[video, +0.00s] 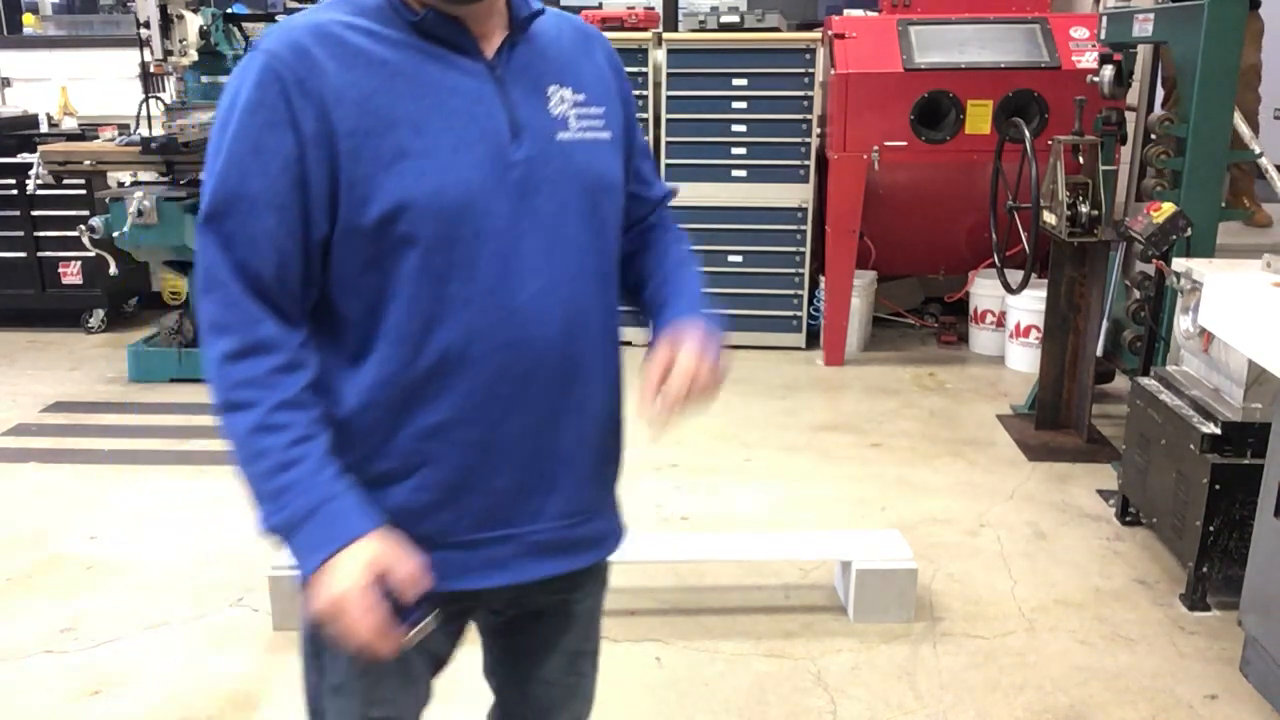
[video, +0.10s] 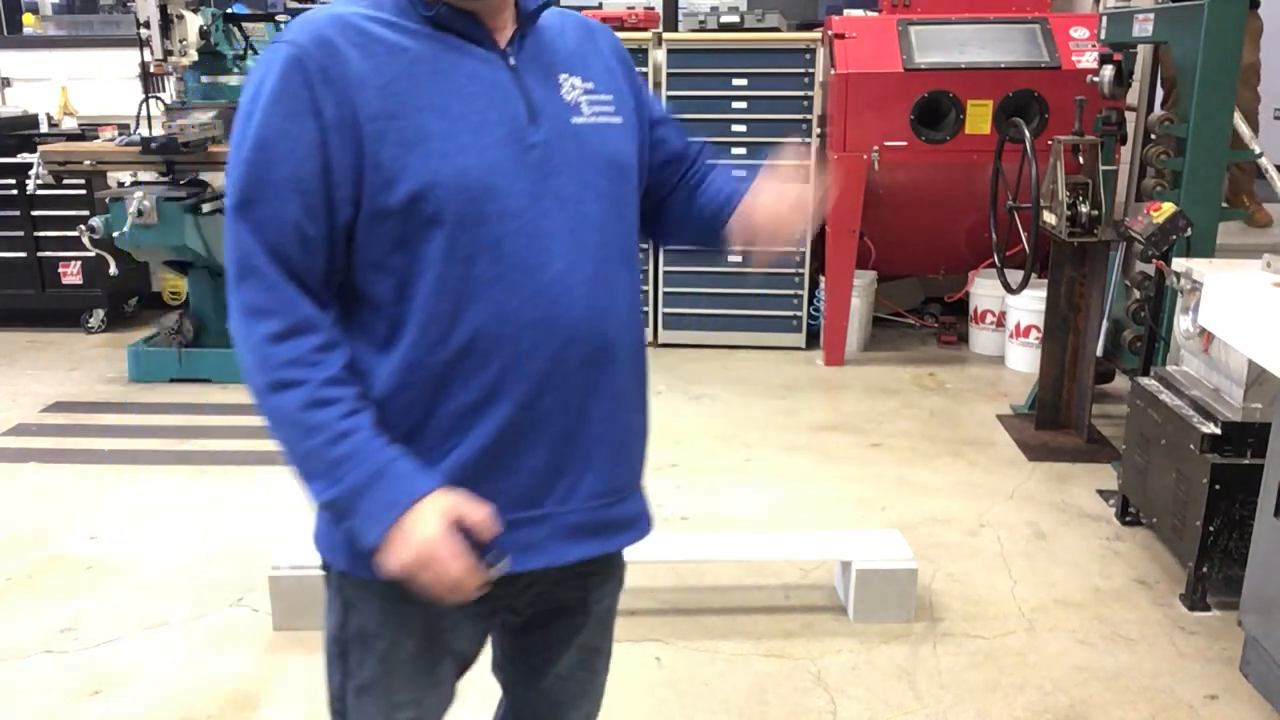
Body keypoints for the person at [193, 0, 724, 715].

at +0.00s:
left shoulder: (583, 57)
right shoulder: (297, 72)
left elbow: (645, 221)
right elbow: (245, 335)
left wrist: (683, 311)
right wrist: (328, 531)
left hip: (561, 524)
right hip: (382, 543)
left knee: (550, 709)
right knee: (365, 711)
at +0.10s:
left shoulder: (590, 51)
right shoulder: (320, 61)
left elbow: (670, 179)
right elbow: (274, 317)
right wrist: (384, 497)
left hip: (583, 522)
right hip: (408, 536)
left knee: (556, 714)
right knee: (389, 717)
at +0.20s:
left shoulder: (607, 49)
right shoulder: (341, 55)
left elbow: (756, 107)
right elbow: (299, 310)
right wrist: (438, 487)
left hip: (594, 527)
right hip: (419, 541)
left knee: (559, 714)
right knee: (408, 714)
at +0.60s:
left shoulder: (637, 47)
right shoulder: (370, 57)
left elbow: (779, 135)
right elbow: (323, 302)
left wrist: (840, 37)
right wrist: (450, 488)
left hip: (593, 506)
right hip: (433, 519)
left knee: (553, 709)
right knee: (453, 709)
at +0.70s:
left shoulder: (641, 60)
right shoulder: (365, 64)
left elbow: (714, 169)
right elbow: (301, 295)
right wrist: (430, 474)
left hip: (585, 511)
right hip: (417, 518)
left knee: (547, 711)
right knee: (436, 710)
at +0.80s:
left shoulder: (640, 77)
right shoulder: (356, 71)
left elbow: (684, 218)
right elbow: (284, 291)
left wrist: (703, 281)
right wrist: (427, 460)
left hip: (571, 513)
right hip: (400, 516)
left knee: (545, 712)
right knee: (411, 710)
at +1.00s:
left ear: (554, 4)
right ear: (431, 3)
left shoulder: (610, 87)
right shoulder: (311, 91)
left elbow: (650, 253)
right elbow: (251, 320)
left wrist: (617, 366)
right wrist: (432, 452)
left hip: (536, 509)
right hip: (354, 507)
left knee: (534, 710)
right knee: (348, 710)